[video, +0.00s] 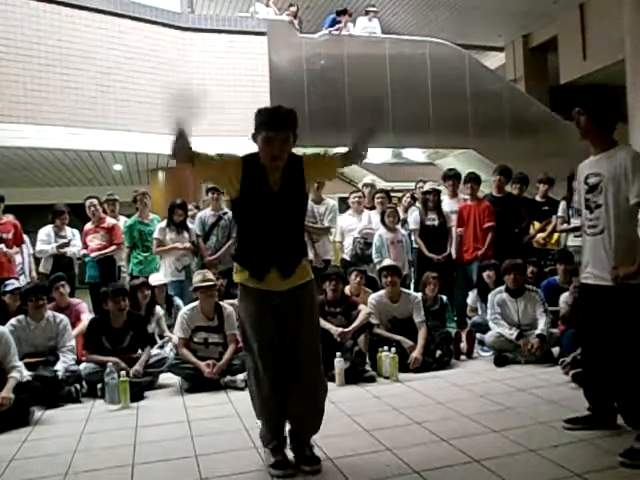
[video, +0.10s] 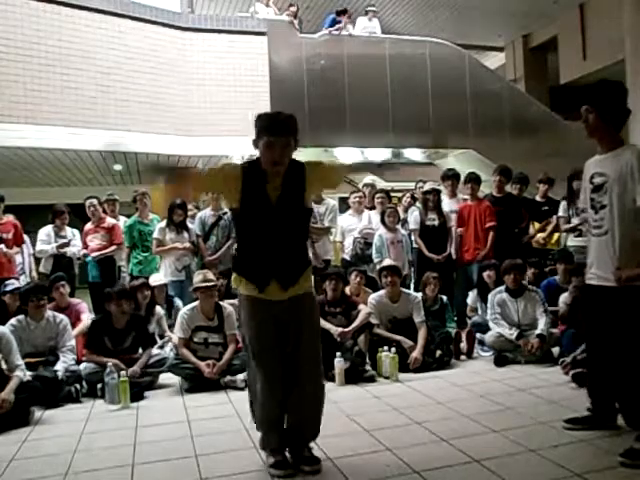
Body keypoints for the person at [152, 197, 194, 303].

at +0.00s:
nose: (178, 218)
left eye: (181, 215)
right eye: (176, 215)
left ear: (185, 215)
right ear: (171, 213)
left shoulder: (189, 228)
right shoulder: (162, 228)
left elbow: (196, 248)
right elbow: (155, 250)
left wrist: (189, 247)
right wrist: (174, 246)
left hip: (187, 268)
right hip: (170, 269)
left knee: (188, 302)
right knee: (174, 303)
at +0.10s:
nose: (178, 218)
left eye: (181, 215)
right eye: (176, 214)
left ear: (185, 215)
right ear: (171, 213)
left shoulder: (189, 229)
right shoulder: (162, 228)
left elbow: (196, 248)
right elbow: (155, 250)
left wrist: (189, 247)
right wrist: (174, 246)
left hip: (187, 268)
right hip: (170, 269)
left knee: (188, 302)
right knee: (174, 303)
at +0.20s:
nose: (179, 218)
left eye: (181, 215)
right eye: (176, 215)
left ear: (185, 215)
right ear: (171, 214)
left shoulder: (189, 228)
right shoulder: (162, 228)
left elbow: (196, 246)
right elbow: (155, 250)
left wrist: (189, 246)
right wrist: (173, 247)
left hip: (188, 270)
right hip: (171, 271)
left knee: (189, 303)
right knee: (177, 306)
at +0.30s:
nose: (178, 218)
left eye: (181, 215)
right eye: (176, 214)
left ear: (185, 215)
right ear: (170, 213)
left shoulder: (189, 228)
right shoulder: (161, 228)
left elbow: (196, 247)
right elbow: (156, 250)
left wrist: (189, 247)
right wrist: (174, 246)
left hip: (188, 269)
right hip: (171, 270)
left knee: (189, 302)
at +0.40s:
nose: (178, 218)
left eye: (181, 215)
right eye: (176, 214)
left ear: (185, 215)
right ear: (170, 213)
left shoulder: (189, 228)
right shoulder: (161, 228)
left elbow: (196, 247)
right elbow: (156, 250)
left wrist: (189, 247)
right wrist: (174, 246)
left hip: (188, 270)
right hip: (170, 271)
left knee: (189, 304)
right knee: (176, 306)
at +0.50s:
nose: (177, 218)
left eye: (180, 215)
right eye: (175, 214)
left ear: (185, 215)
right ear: (170, 213)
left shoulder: (189, 229)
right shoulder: (161, 228)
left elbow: (196, 246)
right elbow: (156, 249)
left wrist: (189, 247)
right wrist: (174, 246)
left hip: (187, 272)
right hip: (170, 273)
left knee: (187, 307)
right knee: (176, 307)